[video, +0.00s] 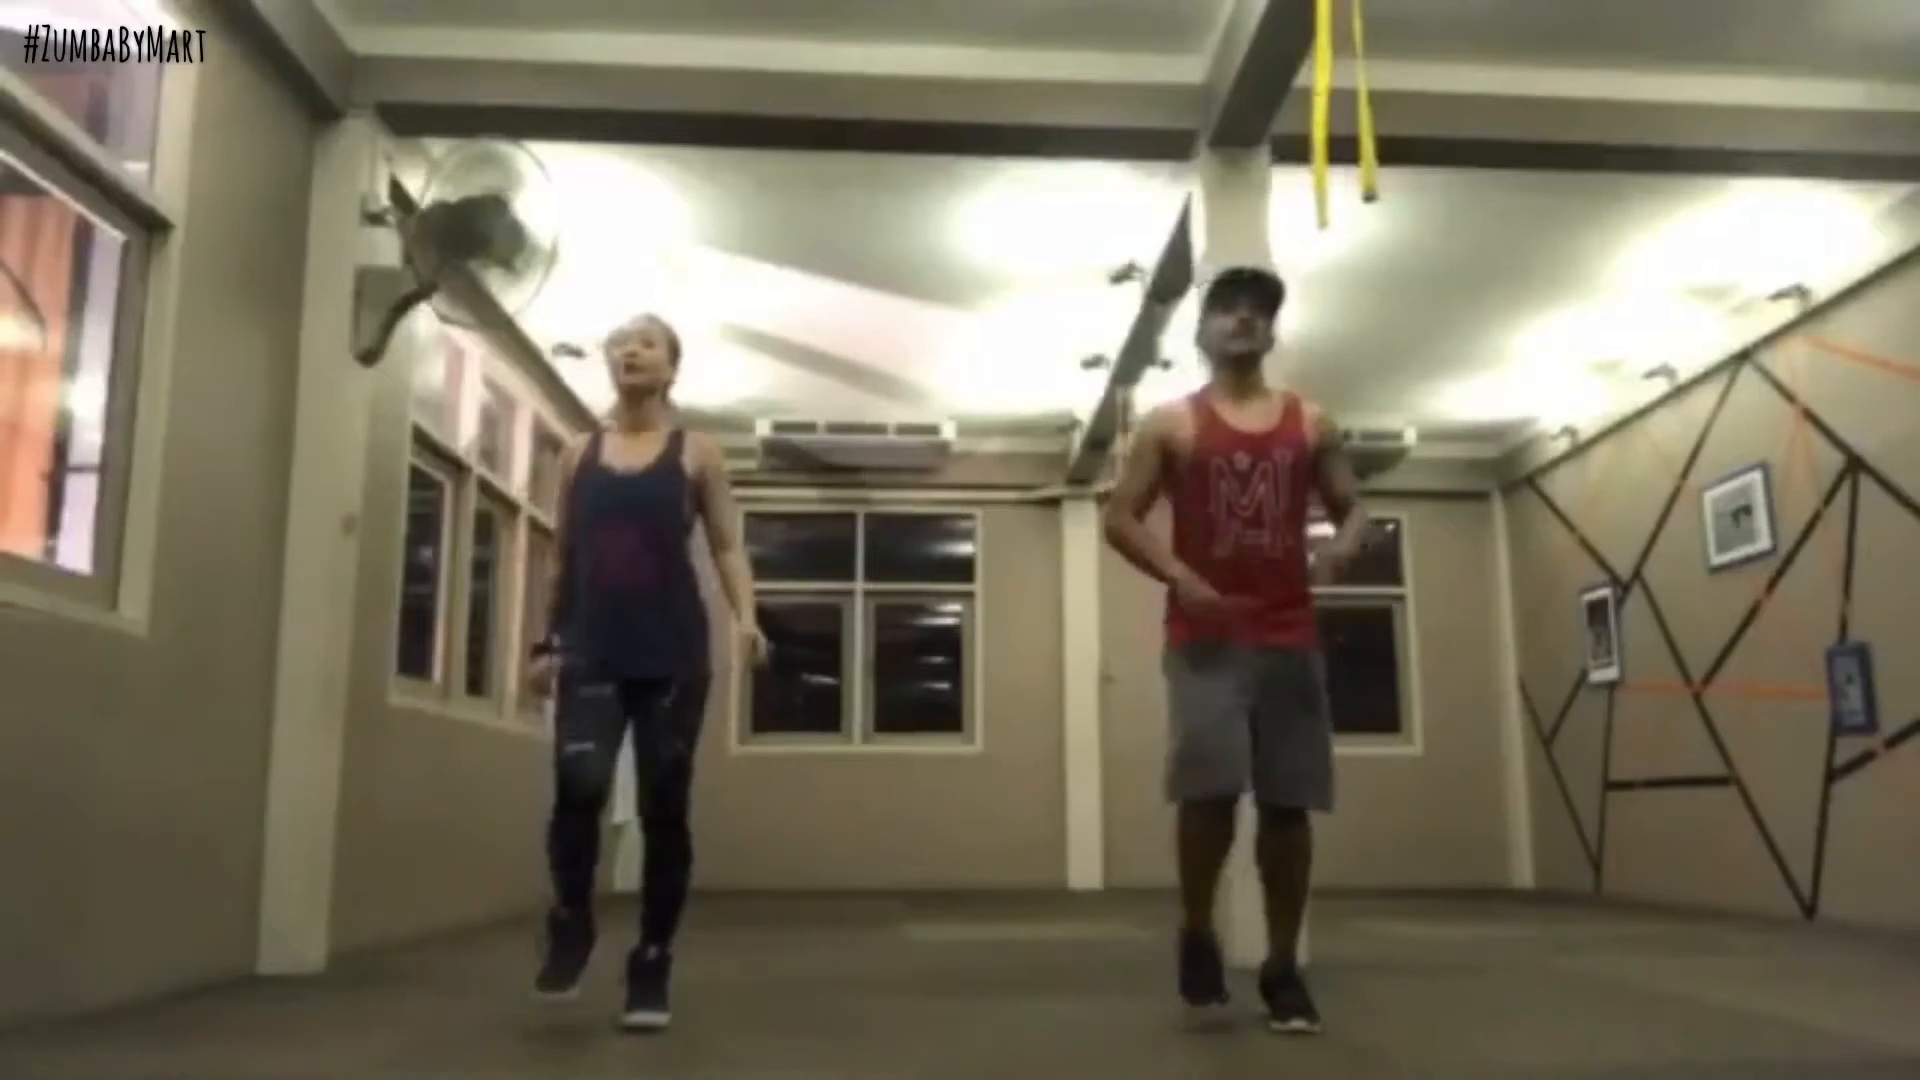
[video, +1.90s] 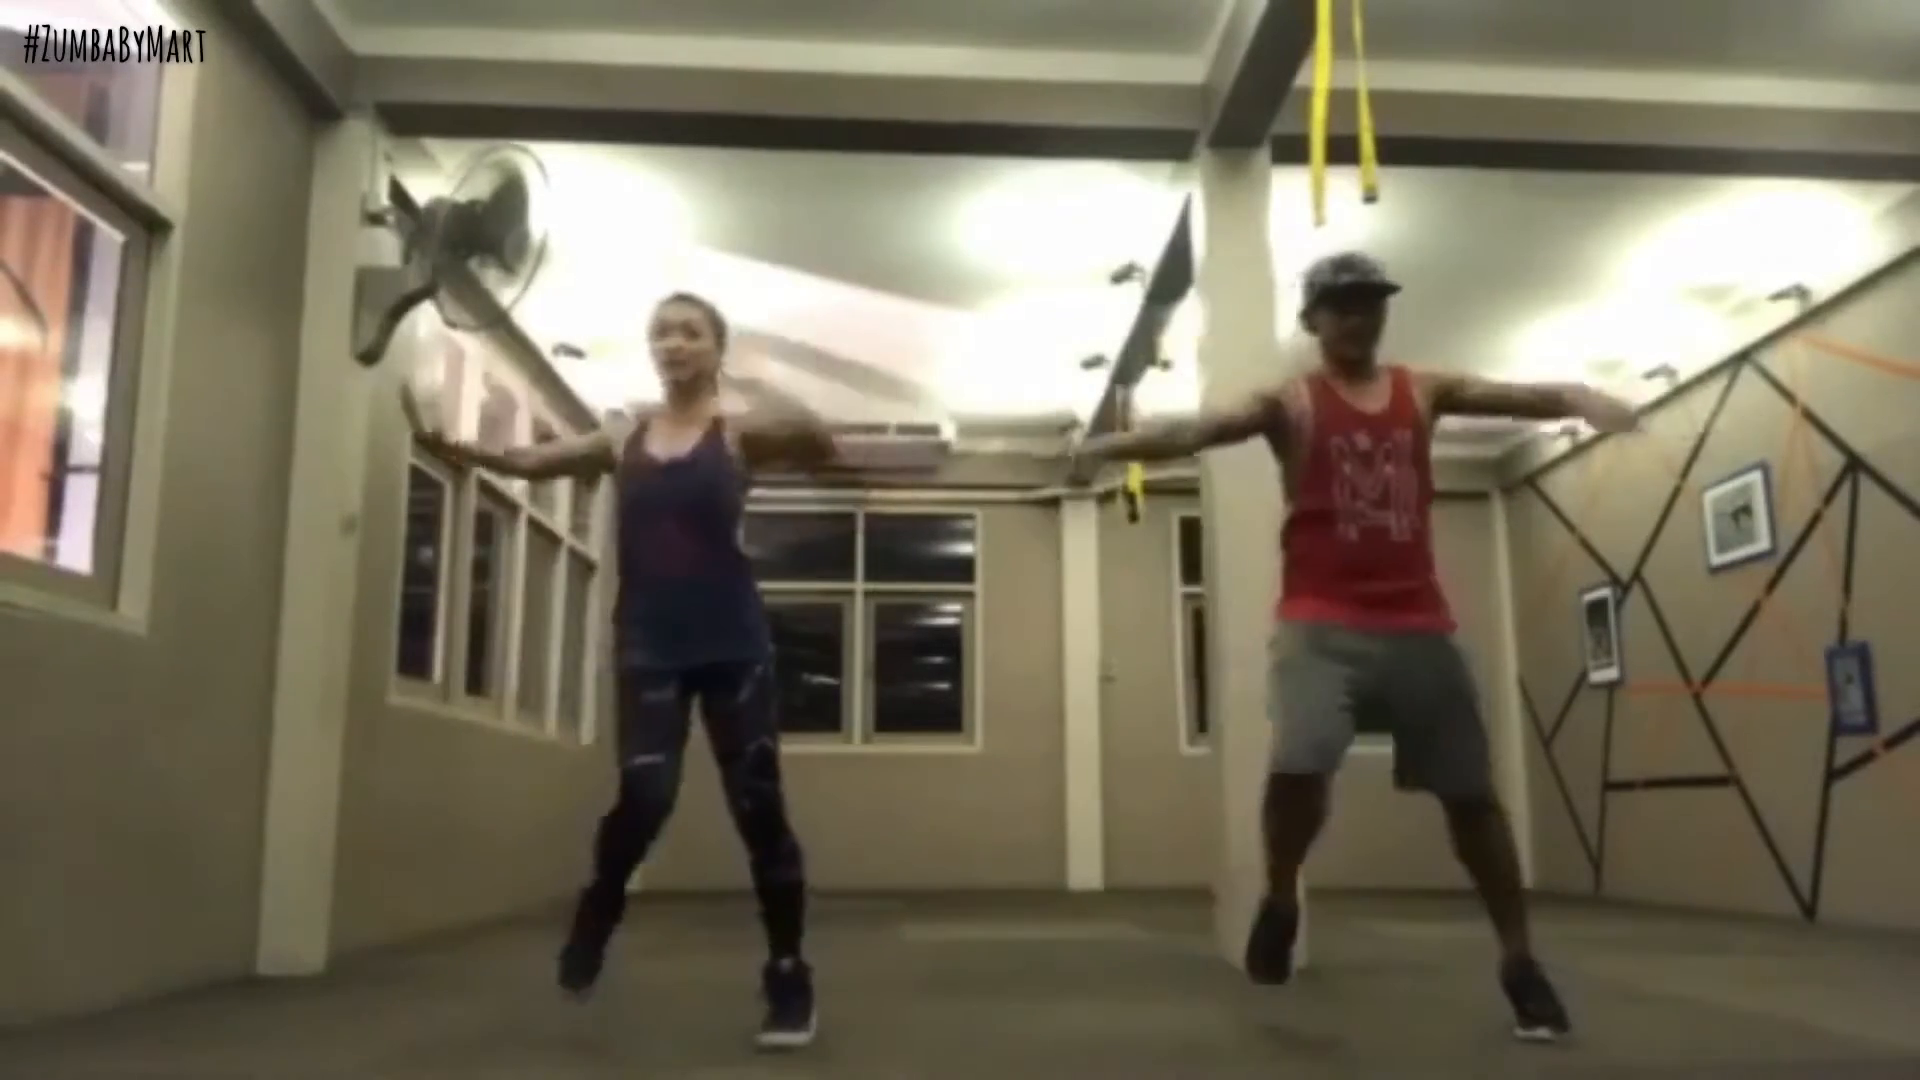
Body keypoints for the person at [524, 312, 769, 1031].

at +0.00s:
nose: (632, 355)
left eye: (647, 346)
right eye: (622, 345)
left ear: (673, 365)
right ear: (608, 364)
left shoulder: (697, 451)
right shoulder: (582, 452)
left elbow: (727, 544)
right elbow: (561, 553)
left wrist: (747, 617)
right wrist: (546, 640)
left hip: (672, 654)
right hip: (590, 652)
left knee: (663, 811)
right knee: (576, 795)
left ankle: (652, 966)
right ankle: (570, 927)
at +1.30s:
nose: (621, 362)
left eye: (637, 353)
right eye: (610, 352)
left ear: (663, 374)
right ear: (595, 371)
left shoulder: (687, 457)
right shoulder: (565, 455)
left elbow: (762, 508)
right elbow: (500, 528)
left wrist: (827, 523)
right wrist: (437, 559)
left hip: (656, 655)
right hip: (573, 655)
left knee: (664, 792)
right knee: (561, 812)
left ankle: (680, 932)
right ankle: (557, 964)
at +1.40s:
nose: (630, 352)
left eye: (646, 344)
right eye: (620, 342)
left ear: (673, 366)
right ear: (605, 359)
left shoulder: (695, 450)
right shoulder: (577, 443)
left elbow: (785, 483)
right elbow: (518, 517)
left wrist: (864, 496)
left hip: (661, 643)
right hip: (579, 644)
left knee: (681, 780)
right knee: (564, 808)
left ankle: (729, 946)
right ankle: (553, 968)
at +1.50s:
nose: (641, 352)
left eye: (659, 344)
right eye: (634, 342)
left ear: (687, 367)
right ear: (621, 359)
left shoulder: (702, 450)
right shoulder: (589, 438)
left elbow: (771, 491)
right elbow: (570, 503)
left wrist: (832, 508)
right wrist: (642, 470)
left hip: (673, 647)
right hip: (593, 646)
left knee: (701, 793)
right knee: (571, 811)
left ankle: (773, 963)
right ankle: (554, 966)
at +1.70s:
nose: (671, 350)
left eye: (686, 339)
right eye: (661, 339)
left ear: (714, 357)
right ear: (647, 355)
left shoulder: (735, 440)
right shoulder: (627, 435)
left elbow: (796, 505)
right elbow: (549, 491)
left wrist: (868, 497)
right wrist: (605, 460)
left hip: (719, 655)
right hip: (638, 653)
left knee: (733, 817)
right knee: (596, 822)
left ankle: (785, 982)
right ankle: (567, 961)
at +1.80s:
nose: (677, 340)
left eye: (692, 329)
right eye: (665, 330)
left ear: (721, 349)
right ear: (651, 348)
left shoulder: (742, 434)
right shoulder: (626, 436)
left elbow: (845, 468)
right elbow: (524, 467)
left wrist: (874, 412)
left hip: (730, 647)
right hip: (647, 648)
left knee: (751, 813)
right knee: (607, 809)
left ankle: (786, 975)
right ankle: (588, 936)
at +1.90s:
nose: (675, 344)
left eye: (690, 332)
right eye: (663, 333)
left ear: (718, 347)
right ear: (649, 349)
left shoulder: (738, 433)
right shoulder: (628, 438)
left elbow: (817, 448)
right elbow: (534, 462)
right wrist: (455, 448)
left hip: (732, 641)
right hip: (650, 643)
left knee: (759, 806)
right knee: (646, 797)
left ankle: (788, 972)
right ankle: (595, 919)